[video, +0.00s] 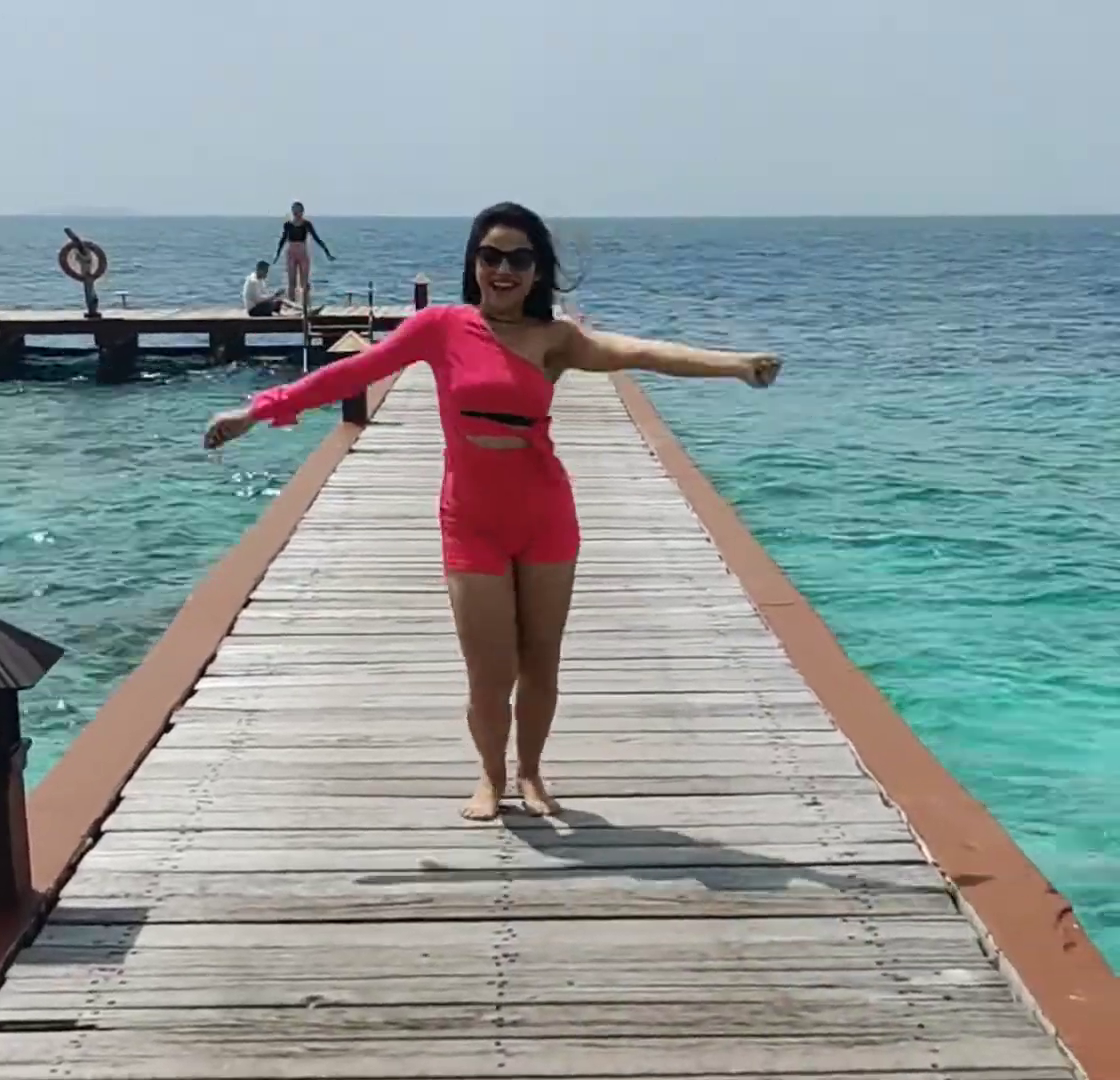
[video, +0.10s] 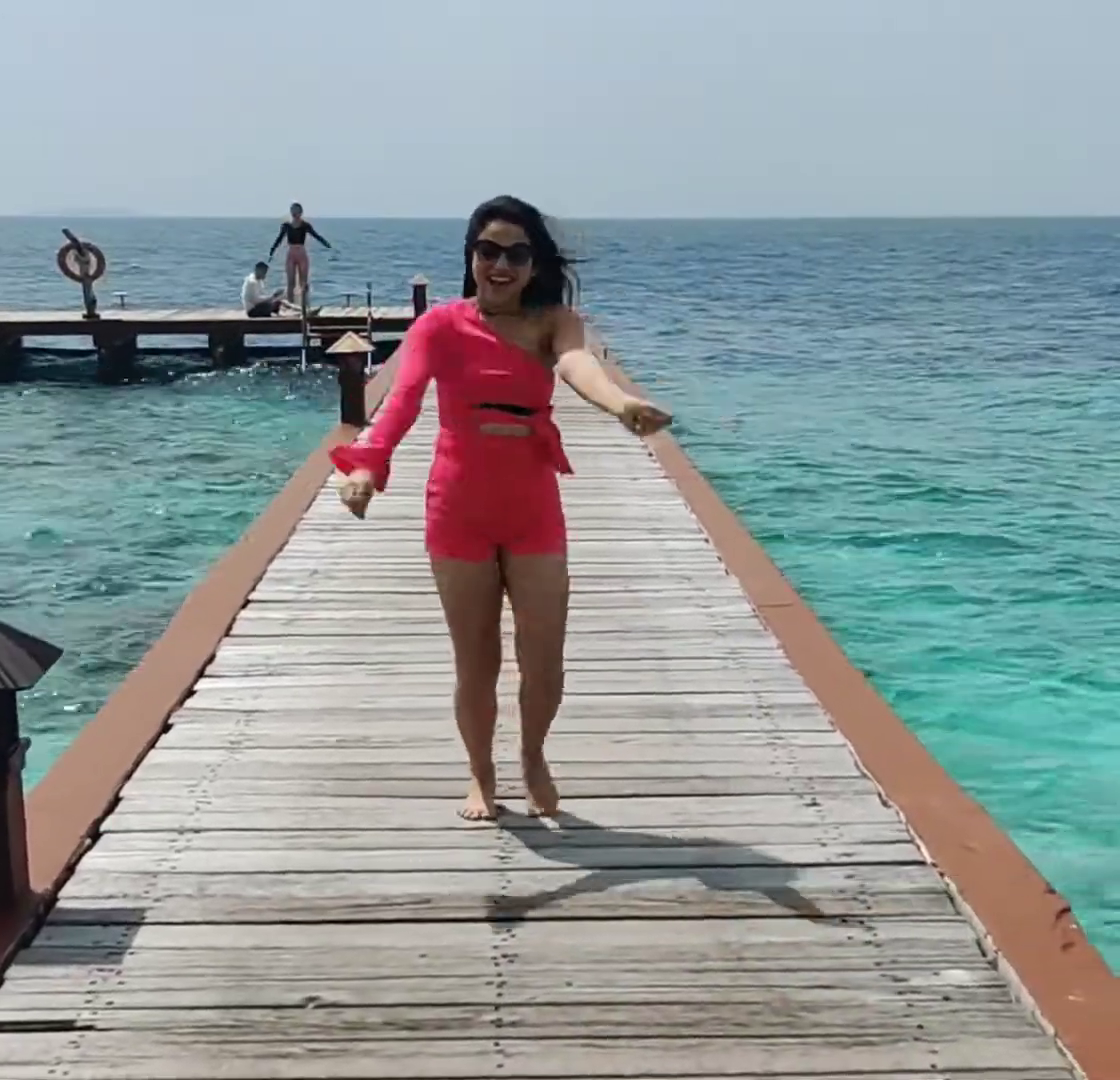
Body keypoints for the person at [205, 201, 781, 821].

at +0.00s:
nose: (504, 269)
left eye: (519, 259)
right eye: (490, 257)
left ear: (540, 268)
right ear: (472, 263)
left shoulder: (559, 338)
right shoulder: (441, 326)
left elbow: (645, 354)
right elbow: (349, 372)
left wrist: (738, 365)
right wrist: (257, 411)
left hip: (548, 516)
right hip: (471, 521)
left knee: (541, 664)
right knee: (489, 677)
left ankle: (531, 773)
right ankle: (493, 780)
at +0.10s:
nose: (500, 265)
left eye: (516, 254)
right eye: (487, 251)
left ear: (536, 263)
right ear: (471, 255)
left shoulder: (557, 323)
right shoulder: (440, 324)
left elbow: (582, 366)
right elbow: (403, 397)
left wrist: (624, 404)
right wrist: (368, 463)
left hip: (535, 507)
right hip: (458, 507)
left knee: (544, 663)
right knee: (477, 661)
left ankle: (534, 757)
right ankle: (482, 783)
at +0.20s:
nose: (495, 261)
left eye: (511, 251)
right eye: (483, 247)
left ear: (530, 259)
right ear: (464, 252)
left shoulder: (548, 308)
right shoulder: (444, 327)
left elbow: (523, 356)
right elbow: (481, 409)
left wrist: (488, 394)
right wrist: (531, 474)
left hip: (529, 503)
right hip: (451, 505)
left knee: (536, 646)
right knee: (471, 660)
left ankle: (529, 719)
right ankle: (480, 782)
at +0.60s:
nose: (480, 300)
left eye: (494, 285)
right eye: (469, 287)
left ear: (528, 277)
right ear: (463, 283)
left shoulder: (564, 318)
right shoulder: (470, 350)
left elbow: (607, 384)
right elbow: (434, 440)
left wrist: (514, 419)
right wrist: (494, 465)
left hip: (534, 540)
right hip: (460, 532)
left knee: (533, 694)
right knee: (463, 669)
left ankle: (561, 823)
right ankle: (481, 770)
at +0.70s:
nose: (485, 290)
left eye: (498, 274)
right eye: (474, 276)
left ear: (533, 266)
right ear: (467, 275)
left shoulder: (575, 316)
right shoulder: (474, 346)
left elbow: (640, 397)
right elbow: (438, 442)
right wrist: (412, 515)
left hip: (549, 531)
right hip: (475, 524)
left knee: (542, 692)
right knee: (425, 671)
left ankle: (563, 823)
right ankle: (467, 757)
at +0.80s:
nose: (500, 259)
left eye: (517, 248)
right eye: (488, 247)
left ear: (545, 254)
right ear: (474, 255)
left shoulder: (576, 318)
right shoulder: (461, 339)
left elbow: (652, 402)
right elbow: (412, 433)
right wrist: (358, 509)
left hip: (556, 523)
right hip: (476, 517)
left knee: (550, 689)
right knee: (413, 662)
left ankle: (564, 823)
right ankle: (446, 760)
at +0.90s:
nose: (501, 234)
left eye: (518, 224)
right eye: (489, 221)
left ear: (542, 237)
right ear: (472, 230)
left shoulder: (570, 307)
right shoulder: (442, 311)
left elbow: (653, 369)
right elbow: (386, 386)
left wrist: (738, 414)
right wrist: (333, 445)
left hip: (550, 504)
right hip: (467, 501)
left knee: (558, 676)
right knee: (424, 669)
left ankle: (567, 816)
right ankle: (410, 807)